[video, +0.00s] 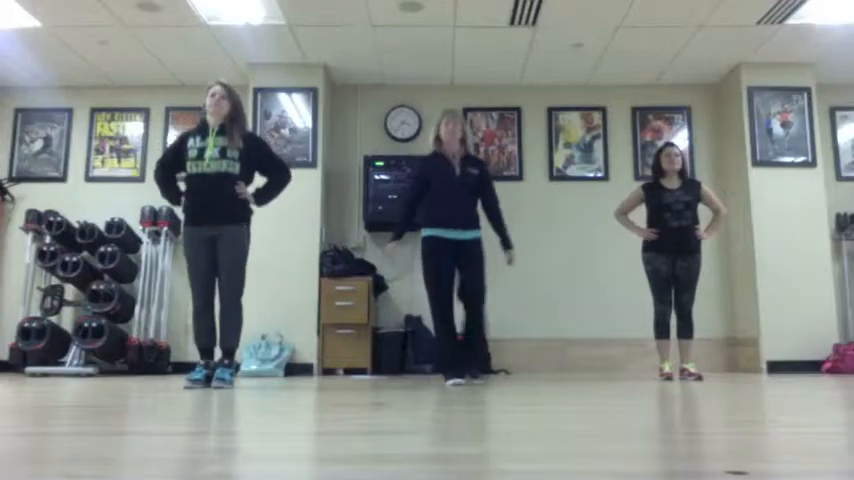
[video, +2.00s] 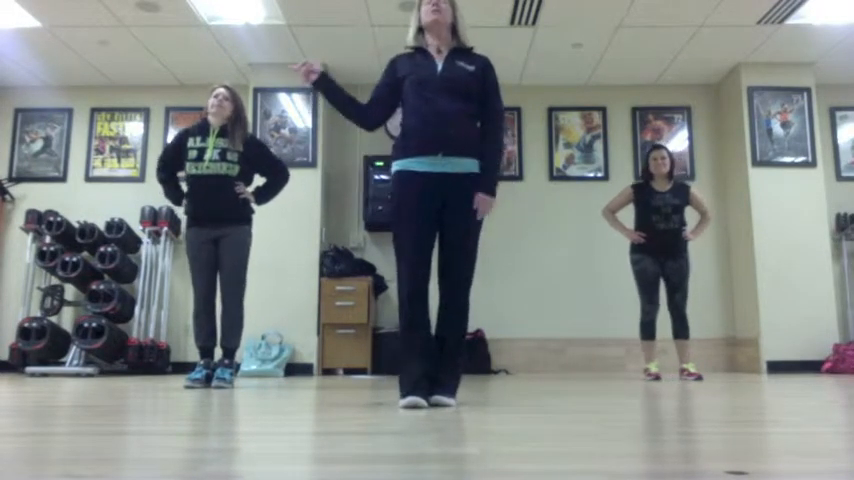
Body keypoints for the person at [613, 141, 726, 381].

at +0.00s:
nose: (673, 159)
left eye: (676, 155)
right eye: (667, 156)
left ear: (682, 160)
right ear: (659, 161)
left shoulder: (694, 187)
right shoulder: (649, 189)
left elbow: (721, 210)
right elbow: (620, 213)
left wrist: (707, 233)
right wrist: (640, 231)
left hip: (688, 253)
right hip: (658, 253)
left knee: (684, 308)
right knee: (663, 308)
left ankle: (686, 363)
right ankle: (665, 363)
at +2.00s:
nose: (660, 163)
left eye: (663, 158)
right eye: (655, 159)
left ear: (670, 162)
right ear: (648, 164)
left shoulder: (682, 189)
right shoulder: (638, 189)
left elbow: (706, 213)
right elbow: (607, 211)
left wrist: (693, 234)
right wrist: (627, 232)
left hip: (676, 253)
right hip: (645, 254)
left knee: (678, 307)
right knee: (649, 308)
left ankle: (685, 364)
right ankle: (650, 364)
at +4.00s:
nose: (648, 164)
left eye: (651, 160)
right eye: (643, 161)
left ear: (658, 163)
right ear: (636, 167)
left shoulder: (670, 190)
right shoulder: (627, 192)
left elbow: (695, 212)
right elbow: (600, 217)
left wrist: (684, 233)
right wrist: (620, 234)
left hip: (667, 252)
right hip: (639, 253)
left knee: (664, 308)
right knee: (645, 309)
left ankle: (662, 363)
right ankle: (649, 364)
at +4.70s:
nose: (635, 164)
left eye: (639, 161)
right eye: (631, 161)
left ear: (645, 166)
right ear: (622, 165)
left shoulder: (656, 194)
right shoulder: (612, 196)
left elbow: (675, 223)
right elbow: (606, 230)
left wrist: (690, 250)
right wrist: (613, 210)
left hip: (656, 255)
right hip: (626, 256)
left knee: (663, 308)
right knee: (627, 310)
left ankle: (663, 363)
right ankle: (616, 364)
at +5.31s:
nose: (638, 163)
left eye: (640, 160)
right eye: (633, 160)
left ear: (643, 166)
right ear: (622, 166)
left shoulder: (649, 194)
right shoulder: (611, 190)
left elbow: (656, 231)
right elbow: (615, 210)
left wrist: (671, 264)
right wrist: (626, 181)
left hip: (645, 256)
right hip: (619, 256)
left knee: (676, 299)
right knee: (619, 307)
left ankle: (672, 358)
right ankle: (615, 365)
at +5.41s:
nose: (647, 165)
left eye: (650, 161)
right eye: (642, 160)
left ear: (654, 166)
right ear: (634, 165)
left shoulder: (658, 201)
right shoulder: (626, 190)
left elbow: (661, 239)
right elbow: (622, 220)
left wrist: (678, 269)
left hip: (650, 257)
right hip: (626, 254)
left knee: (670, 306)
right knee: (626, 306)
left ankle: (670, 364)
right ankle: (615, 364)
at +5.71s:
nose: (681, 176)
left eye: (683, 172)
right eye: (674, 172)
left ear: (687, 179)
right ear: (664, 177)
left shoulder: (679, 211)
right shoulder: (655, 200)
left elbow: (668, 251)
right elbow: (630, 222)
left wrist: (680, 278)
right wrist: (649, 211)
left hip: (658, 263)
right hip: (636, 256)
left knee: (678, 307)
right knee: (656, 302)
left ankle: (671, 365)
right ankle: (610, 336)